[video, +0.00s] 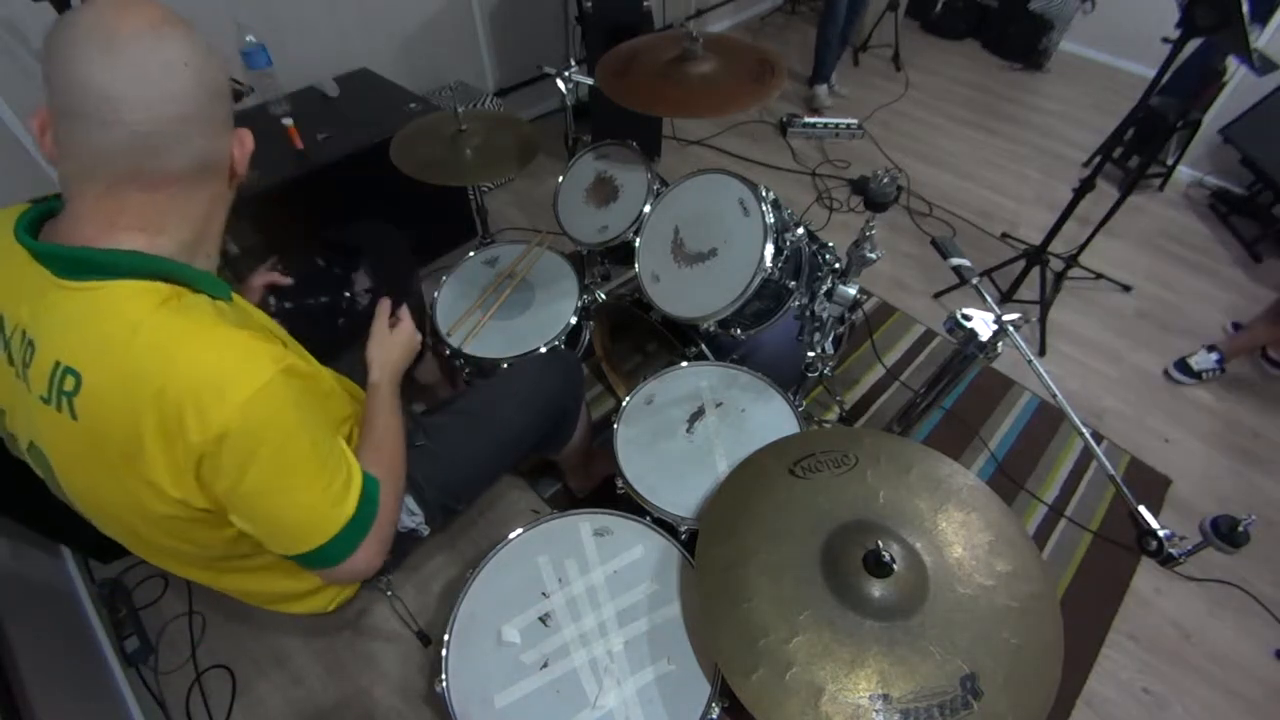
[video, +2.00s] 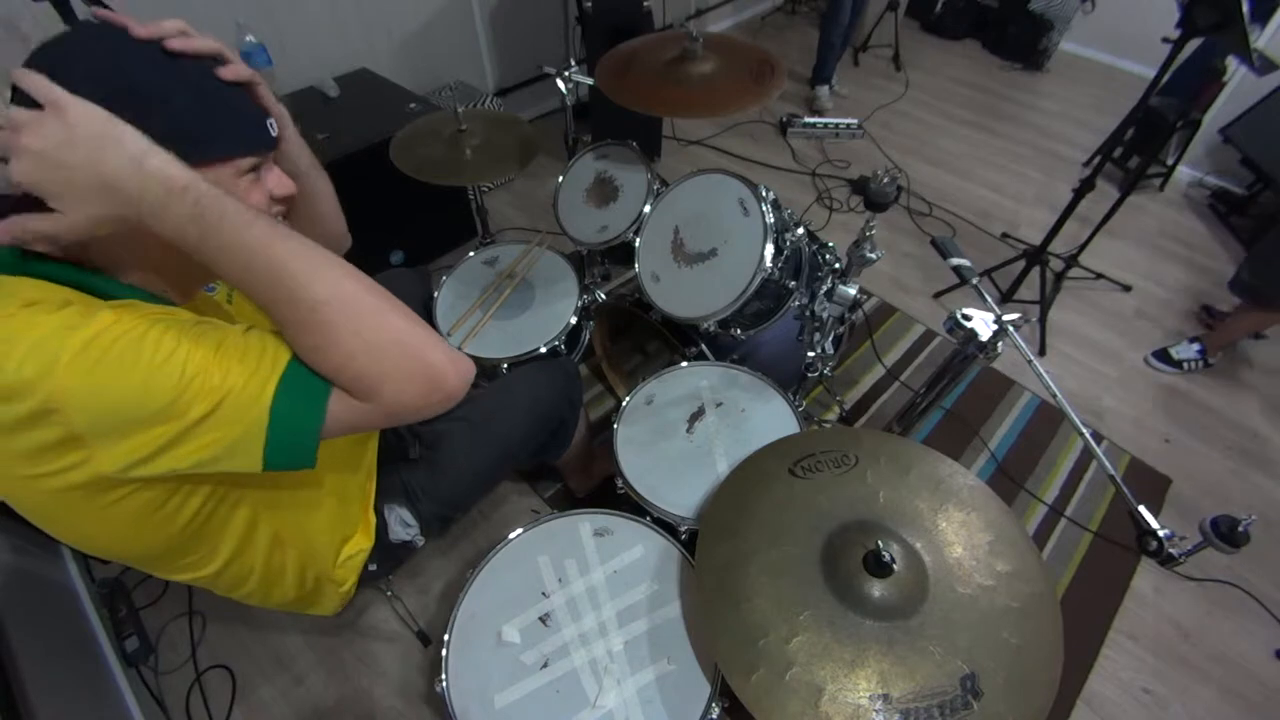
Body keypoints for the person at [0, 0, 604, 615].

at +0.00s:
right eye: (248, 125)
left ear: (45, 135)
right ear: (239, 156)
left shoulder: (20, 243)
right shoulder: (237, 382)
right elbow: (361, 550)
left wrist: (230, 309)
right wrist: (384, 380)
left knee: (372, 250)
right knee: (553, 365)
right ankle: (581, 467)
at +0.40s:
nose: (235, 158)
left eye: (223, 140)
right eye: (226, 148)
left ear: (48, 179)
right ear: (199, 200)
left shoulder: (21, 258)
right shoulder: (177, 403)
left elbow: (138, 314)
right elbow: (365, 544)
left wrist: (251, 280)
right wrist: (430, 347)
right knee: (555, 373)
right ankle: (584, 470)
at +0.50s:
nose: (249, 207)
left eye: (248, 188)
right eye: (240, 194)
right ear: (193, 230)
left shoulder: (21, 233)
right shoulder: (157, 422)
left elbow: (191, 292)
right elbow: (384, 527)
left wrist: (266, 240)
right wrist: (414, 298)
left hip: (265, 385)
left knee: (406, 324)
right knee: (552, 376)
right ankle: (582, 467)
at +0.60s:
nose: (285, 229)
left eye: (279, 211)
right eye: (274, 221)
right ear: (193, 258)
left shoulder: (30, 219)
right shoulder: (124, 419)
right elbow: (398, 498)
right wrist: (352, 254)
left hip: (249, 376)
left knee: (387, 286)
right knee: (553, 379)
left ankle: (427, 386)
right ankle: (577, 470)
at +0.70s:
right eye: (244, 257)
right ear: (196, 261)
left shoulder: (36, 215)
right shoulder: (91, 411)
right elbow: (405, 474)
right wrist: (275, 224)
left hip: (240, 369)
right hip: (330, 516)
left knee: (414, 288)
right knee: (553, 380)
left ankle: (428, 394)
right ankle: (576, 469)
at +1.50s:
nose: (292, 208)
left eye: (287, 187)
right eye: (272, 195)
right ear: (161, 217)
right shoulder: (78, 366)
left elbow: (318, 287)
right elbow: (425, 391)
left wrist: (327, 184)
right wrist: (190, 156)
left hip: (269, 364)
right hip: (341, 503)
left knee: (488, 277)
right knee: (553, 376)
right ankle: (575, 470)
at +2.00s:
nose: (283, 188)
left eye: (268, 160)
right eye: (245, 175)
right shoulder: (72, 368)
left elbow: (323, 246)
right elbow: (431, 379)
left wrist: (263, 108)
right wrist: (155, 191)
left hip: (265, 355)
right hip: (339, 503)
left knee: (486, 277)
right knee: (552, 378)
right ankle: (572, 470)